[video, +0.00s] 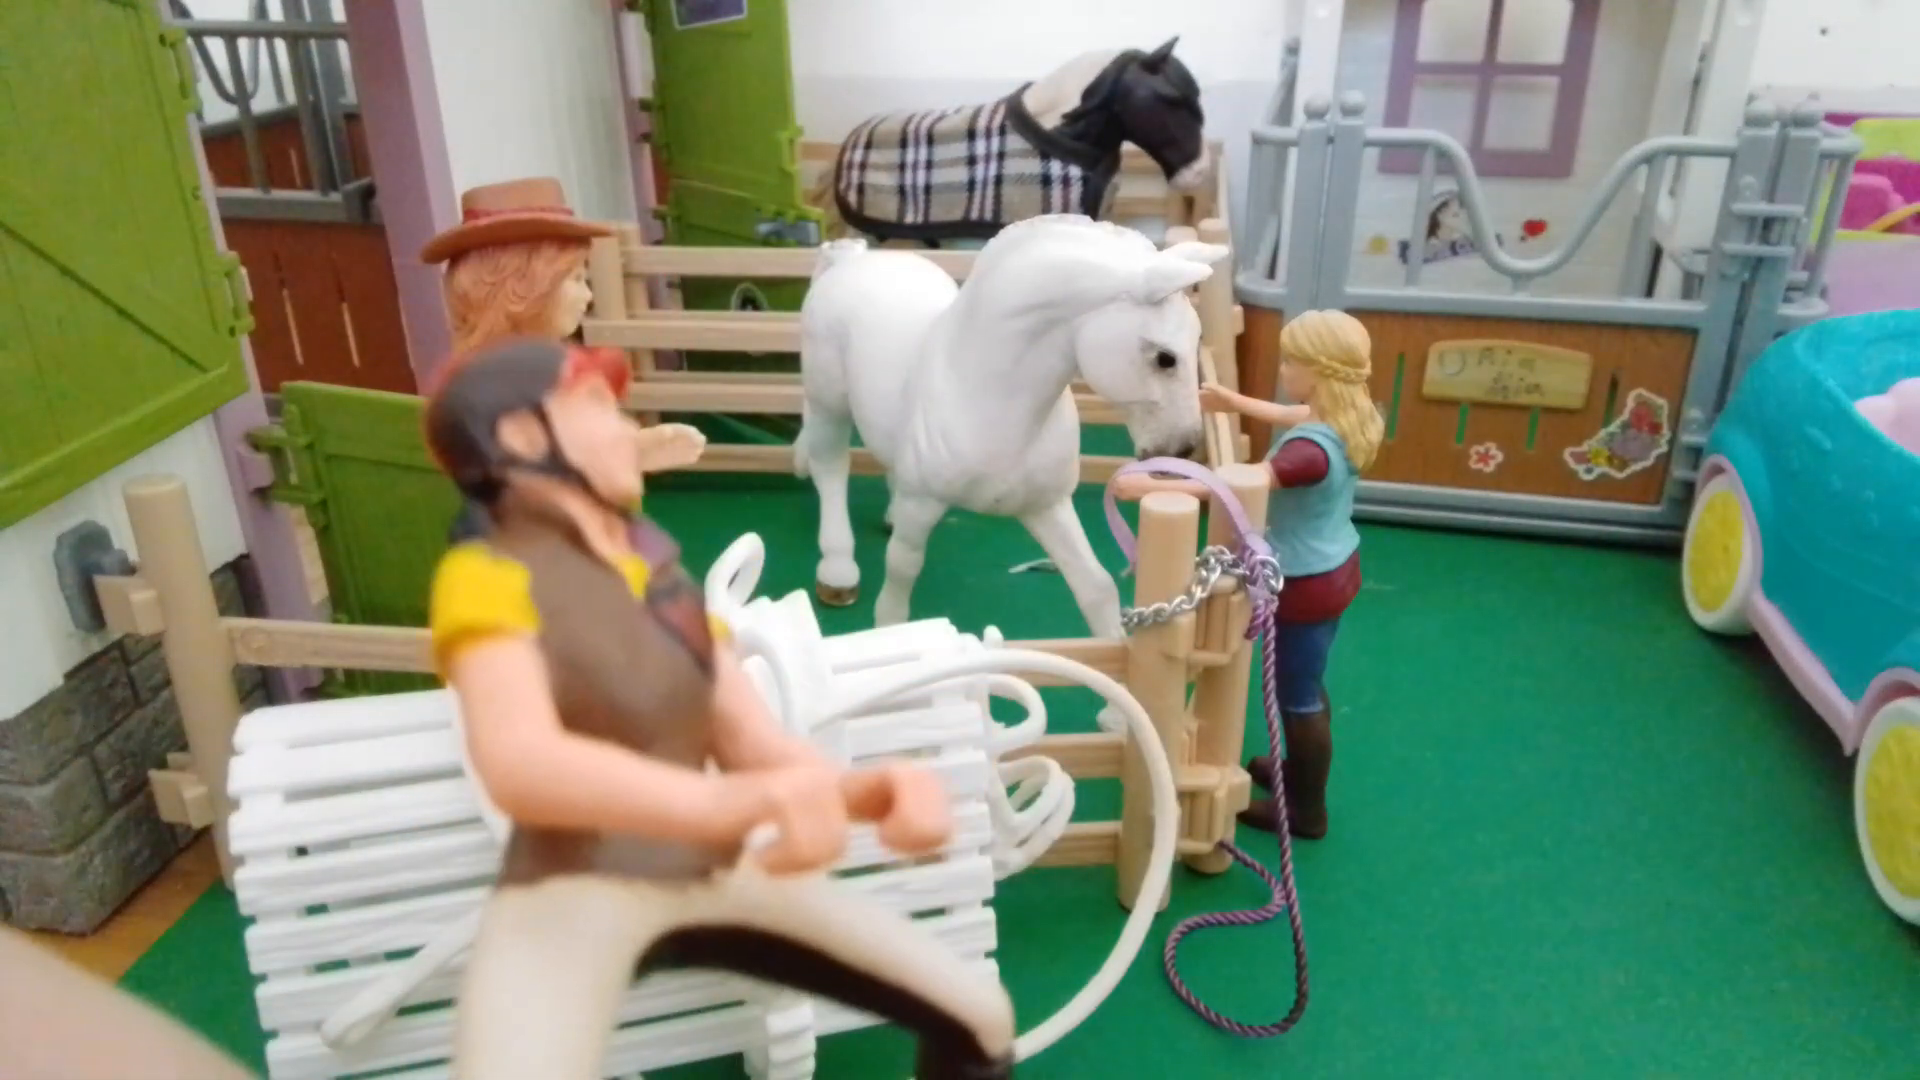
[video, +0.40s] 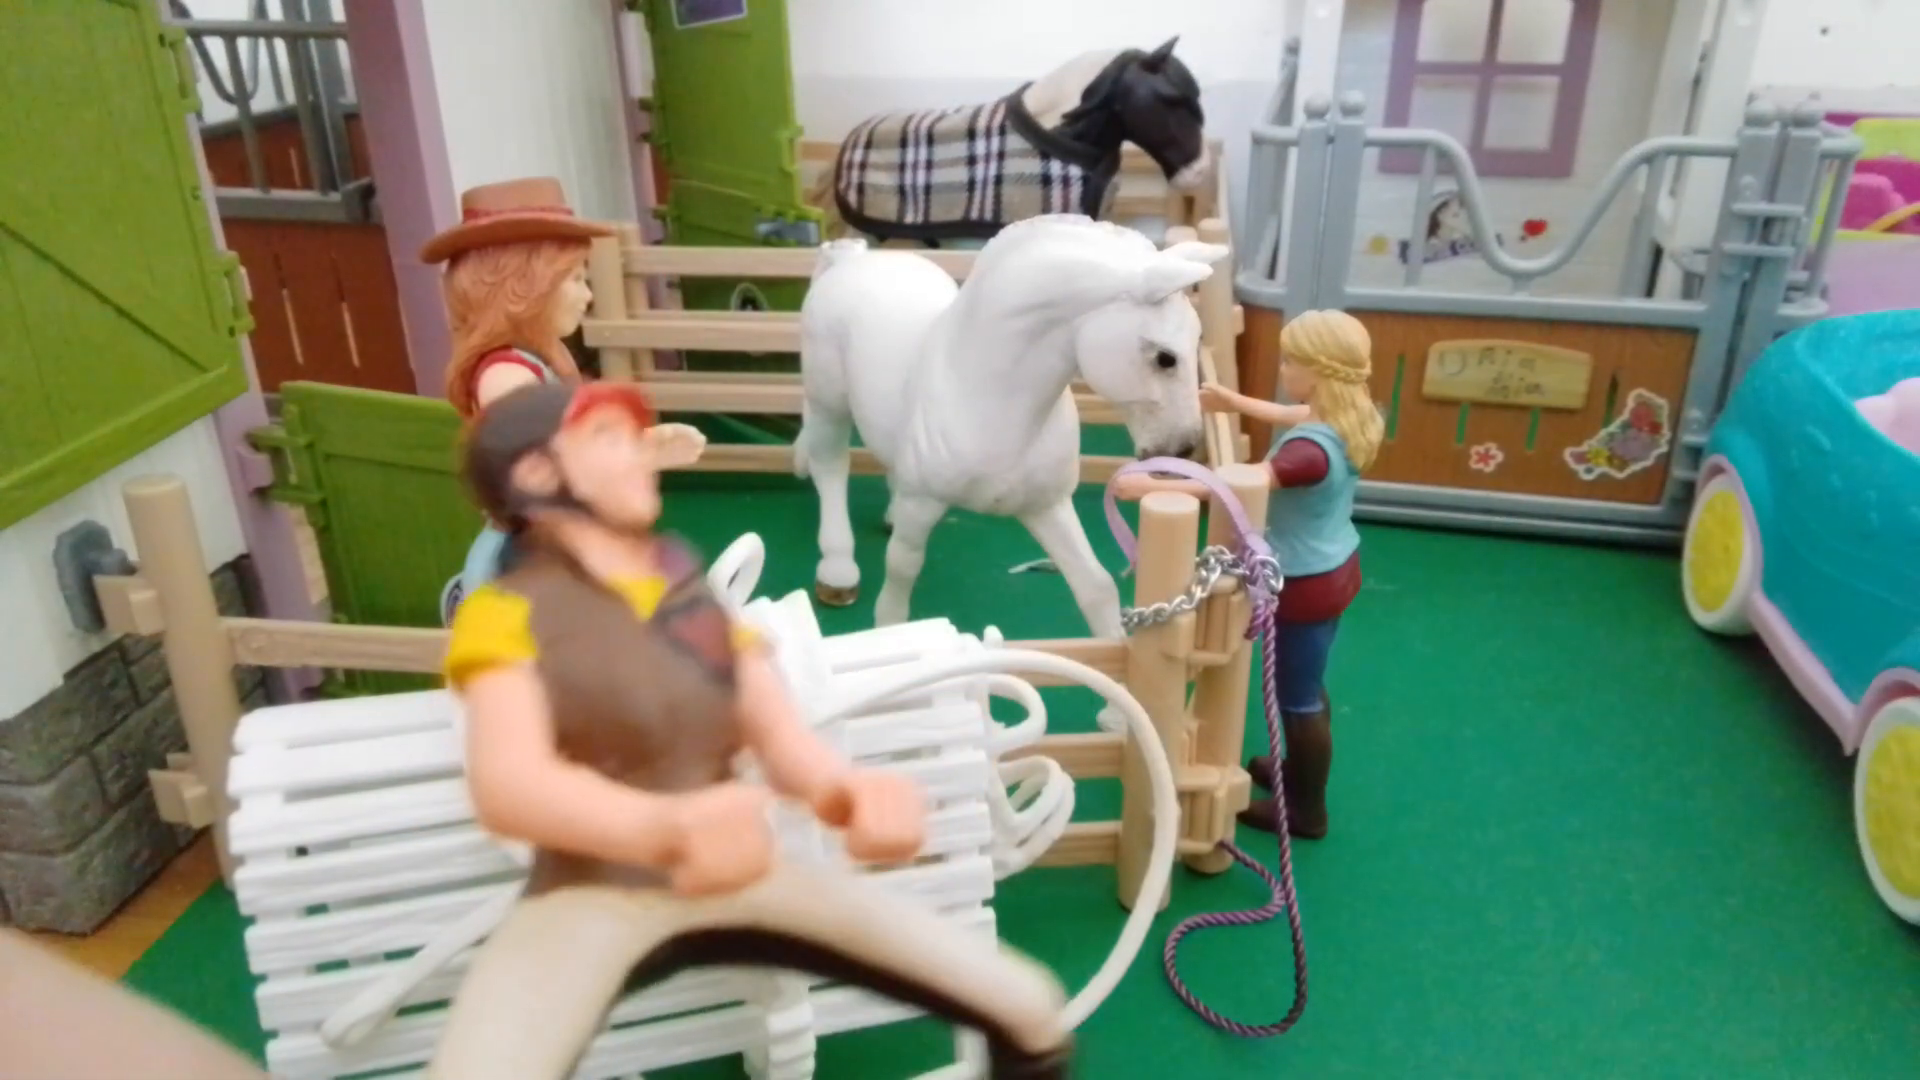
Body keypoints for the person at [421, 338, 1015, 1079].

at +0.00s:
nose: (630, 422)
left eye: (614, 398)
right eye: (597, 398)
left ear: (521, 437)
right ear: (518, 436)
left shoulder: (651, 560)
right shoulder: (488, 572)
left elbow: (748, 738)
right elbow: (521, 767)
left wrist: (859, 793)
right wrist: (732, 805)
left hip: (721, 878)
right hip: (571, 898)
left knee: (974, 1013)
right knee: (516, 1063)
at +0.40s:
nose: (638, 446)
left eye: (631, 428)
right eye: (601, 433)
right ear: (535, 477)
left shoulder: (684, 585)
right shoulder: (507, 612)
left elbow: (776, 729)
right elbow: (509, 787)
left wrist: (846, 790)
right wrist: (674, 827)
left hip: (742, 871)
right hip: (591, 893)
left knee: (1029, 1008)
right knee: (474, 1066)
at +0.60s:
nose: (676, 351)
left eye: (683, 331)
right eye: (637, 335)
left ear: (707, 355)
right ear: (571, 386)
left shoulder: (790, 519)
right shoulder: (539, 549)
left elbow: (852, 668)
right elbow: (512, 734)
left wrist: (851, 762)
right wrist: (571, 820)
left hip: (811, 833)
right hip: (630, 857)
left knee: (1122, 1035)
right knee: (442, 1071)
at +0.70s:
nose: (802, 327)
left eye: (814, 302)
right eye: (762, 309)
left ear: (842, 324)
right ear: (696, 353)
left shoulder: (925, 514)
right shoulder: (662, 537)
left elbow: (982, 693)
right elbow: (640, 725)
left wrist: (956, 829)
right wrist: (684, 863)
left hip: (925, 833)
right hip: (733, 848)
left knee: (1216, 1051)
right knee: (540, 1064)